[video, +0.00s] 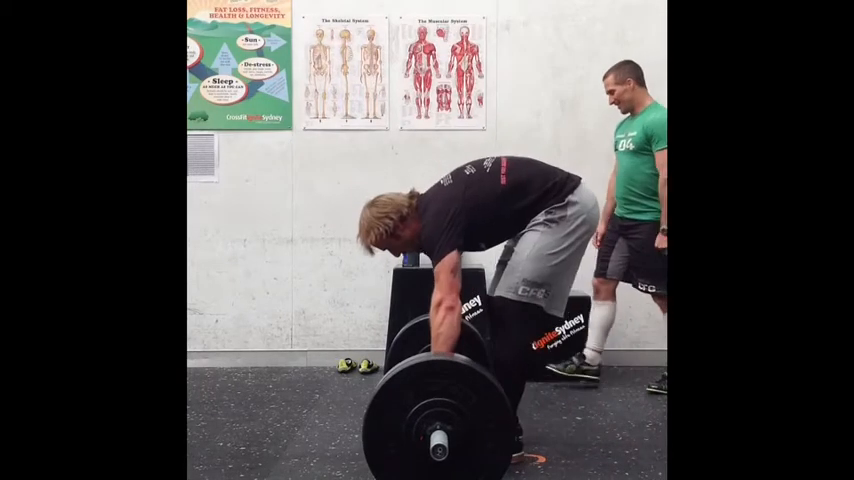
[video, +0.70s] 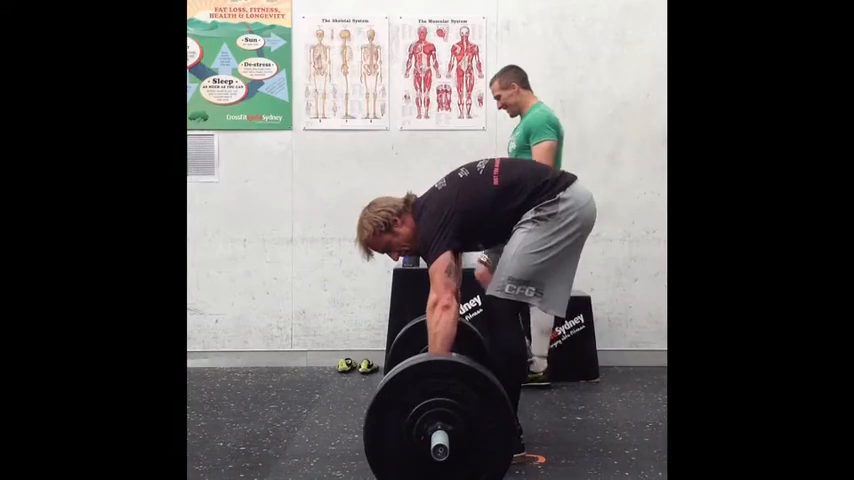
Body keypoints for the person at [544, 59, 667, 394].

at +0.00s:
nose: (610, 98)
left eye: (613, 91)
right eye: (608, 93)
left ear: (633, 84)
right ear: (625, 87)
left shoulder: (659, 120)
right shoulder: (623, 125)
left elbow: (665, 177)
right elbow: (617, 175)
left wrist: (665, 228)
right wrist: (604, 220)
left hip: (650, 225)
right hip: (620, 221)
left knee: (662, 297)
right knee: (602, 286)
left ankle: (668, 372)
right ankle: (589, 363)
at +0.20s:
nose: (581, 106)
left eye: (583, 99)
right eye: (578, 101)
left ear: (601, 91)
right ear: (597, 94)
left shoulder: (634, 126)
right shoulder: (598, 131)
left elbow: (640, 181)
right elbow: (600, 182)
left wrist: (629, 230)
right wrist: (594, 222)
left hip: (634, 229)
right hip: (603, 227)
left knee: (654, 298)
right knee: (580, 291)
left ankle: (669, 373)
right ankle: (550, 361)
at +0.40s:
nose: (540, 109)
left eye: (541, 101)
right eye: (538, 103)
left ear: (558, 92)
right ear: (554, 94)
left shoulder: (589, 123)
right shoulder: (562, 130)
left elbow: (597, 176)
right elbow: (563, 179)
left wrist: (582, 226)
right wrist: (554, 219)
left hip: (595, 224)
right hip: (570, 225)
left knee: (610, 295)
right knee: (558, 292)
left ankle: (662, 357)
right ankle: (538, 366)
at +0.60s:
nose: (511, 106)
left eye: (512, 98)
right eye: (508, 100)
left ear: (528, 89)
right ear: (526, 90)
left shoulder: (556, 119)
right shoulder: (539, 122)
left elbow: (560, 175)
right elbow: (536, 172)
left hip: (555, 216)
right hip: (541, 216)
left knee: (542, 287)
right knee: (539, 287)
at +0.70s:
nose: (498, 104)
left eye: (499, 97)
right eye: (496, 99)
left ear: (516, 88)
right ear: (512, 89)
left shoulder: (541, 120)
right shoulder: (526, 122)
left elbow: (543, 179)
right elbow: (521, 174)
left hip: (546, 218)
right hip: (530, 217)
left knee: (539, 289)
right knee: (528, 287)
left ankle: (537, 364)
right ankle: (528, 362)